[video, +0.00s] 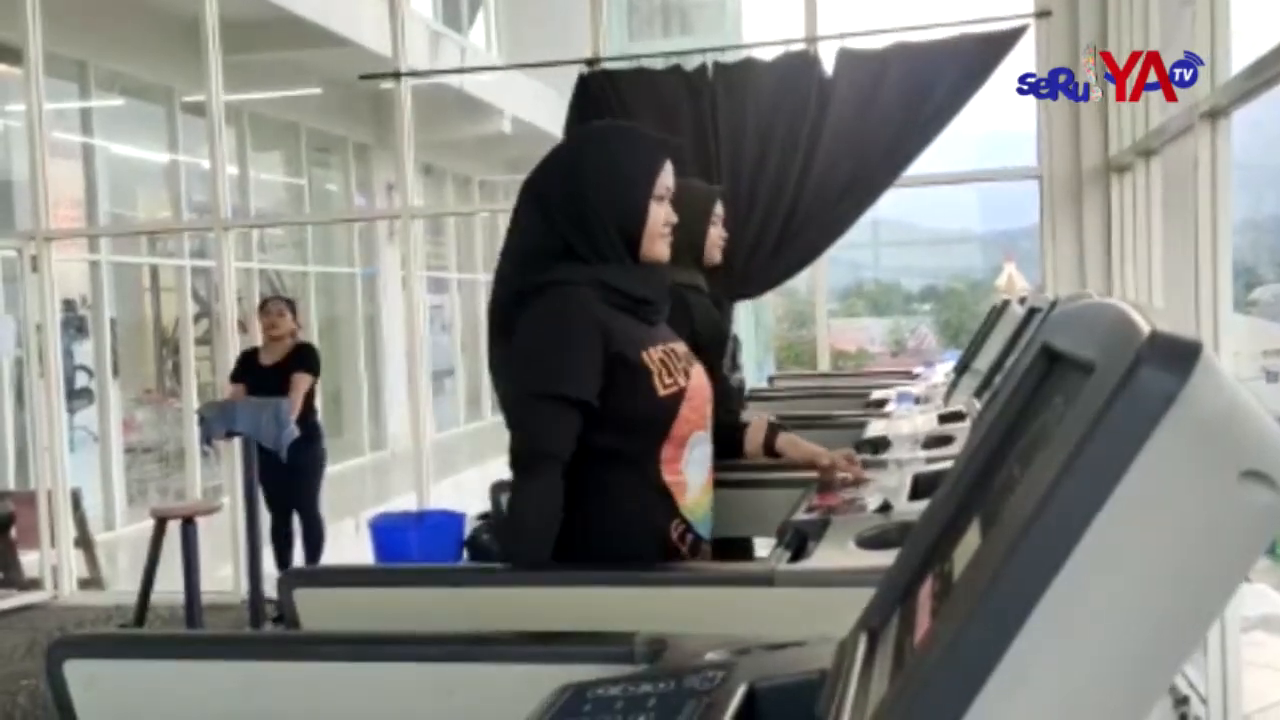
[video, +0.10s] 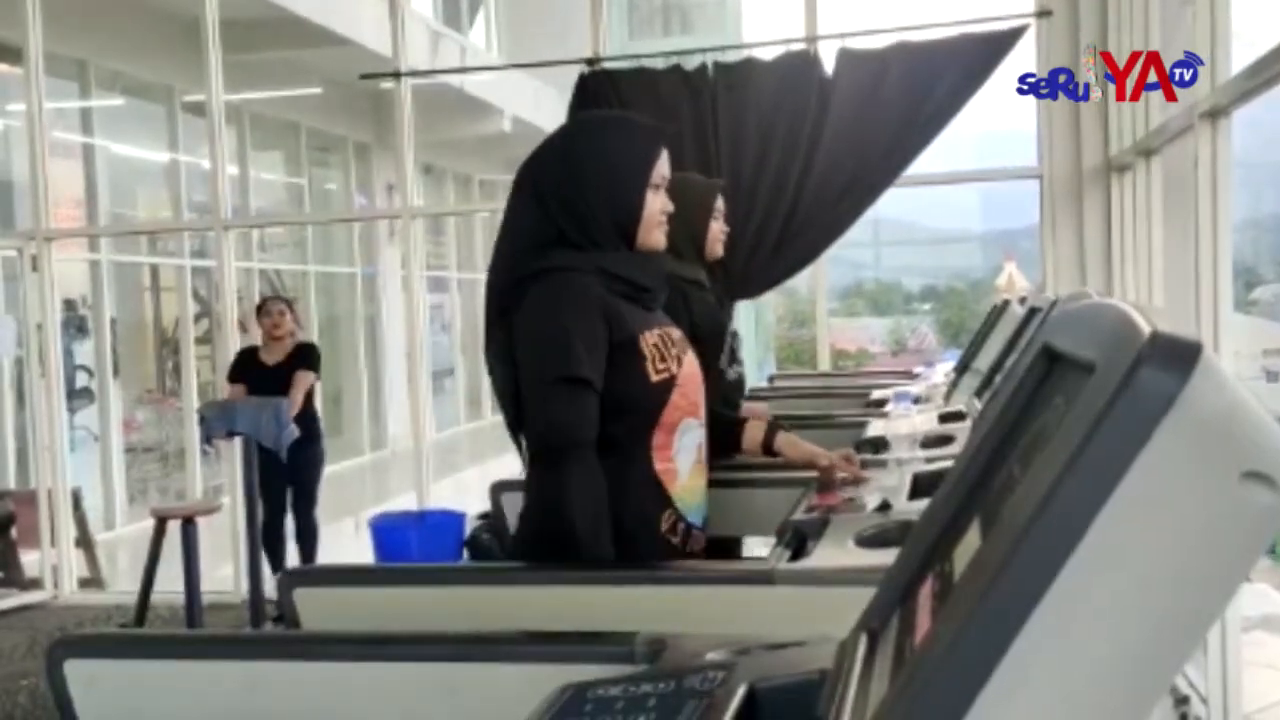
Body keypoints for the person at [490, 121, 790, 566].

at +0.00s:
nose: (674, 216)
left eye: (670, 199)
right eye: (659, 199)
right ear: (613, 202)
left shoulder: (637, 306)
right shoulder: (568, 312)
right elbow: (540, 470)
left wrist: (783, 444)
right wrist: (522, 599)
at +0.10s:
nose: (668, 205)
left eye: (666, 189)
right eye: (656, 188)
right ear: (609, 190)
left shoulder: (632, 289)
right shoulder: (566, 297)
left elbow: (679, 427)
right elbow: (563, 461)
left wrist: (800, 451)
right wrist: (592, 588)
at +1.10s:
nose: (658, 207)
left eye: (656, 190)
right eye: (645, 189)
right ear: (597, 190)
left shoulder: (624, 288)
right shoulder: (552, 295)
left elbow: (672, 413)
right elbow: (548, 459)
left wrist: (794, 454)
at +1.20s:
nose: (655, 211)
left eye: (653, 195)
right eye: (643, 193)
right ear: (593, 191)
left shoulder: (610, 288)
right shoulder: (549, 293)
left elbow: (664, 411)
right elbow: (568, 450)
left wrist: (785, 453)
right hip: (566, 571)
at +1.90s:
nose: (660, 228)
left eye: (660, 212)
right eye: (648, 210)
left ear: (615, 217)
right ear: (598, 210)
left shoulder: (631, 308)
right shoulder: (536, 315)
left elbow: (659, 427)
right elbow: (471, 455)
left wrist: (766, 440)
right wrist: (401, 569)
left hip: (650, 568)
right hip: (570, 584)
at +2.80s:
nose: (651, 212)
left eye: (651, 195)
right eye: (637, 194)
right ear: (587, 196)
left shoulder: (625, 297)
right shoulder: (522, 299)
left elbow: (658, 412)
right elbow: (470, 448)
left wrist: (766, 435)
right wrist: (415, 569)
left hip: (619, 559)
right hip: (533, 572)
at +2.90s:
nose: (648, 223)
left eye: (646, 207)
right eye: (634, 204)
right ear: (584, 204)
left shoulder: (615, 308)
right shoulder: (522, 314)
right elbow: (472, 469)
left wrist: (749, 435)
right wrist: (429, 596)